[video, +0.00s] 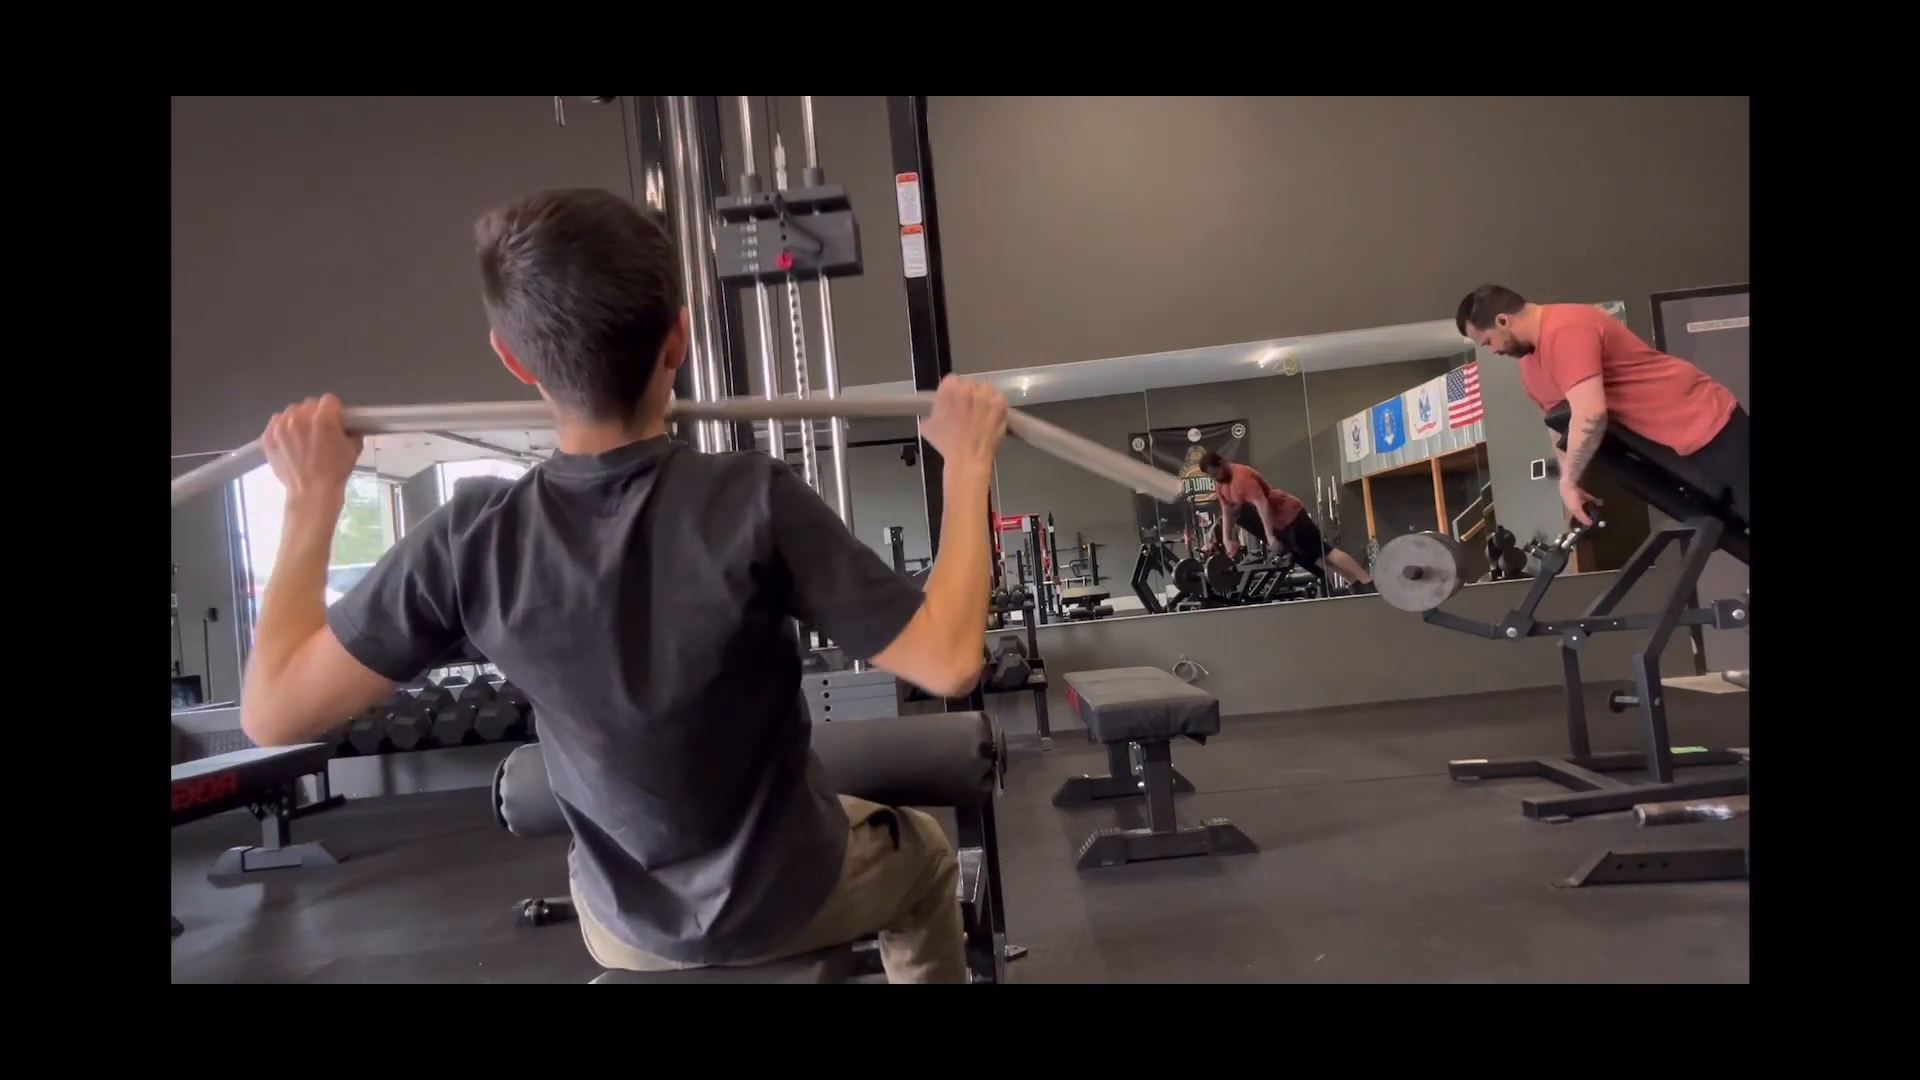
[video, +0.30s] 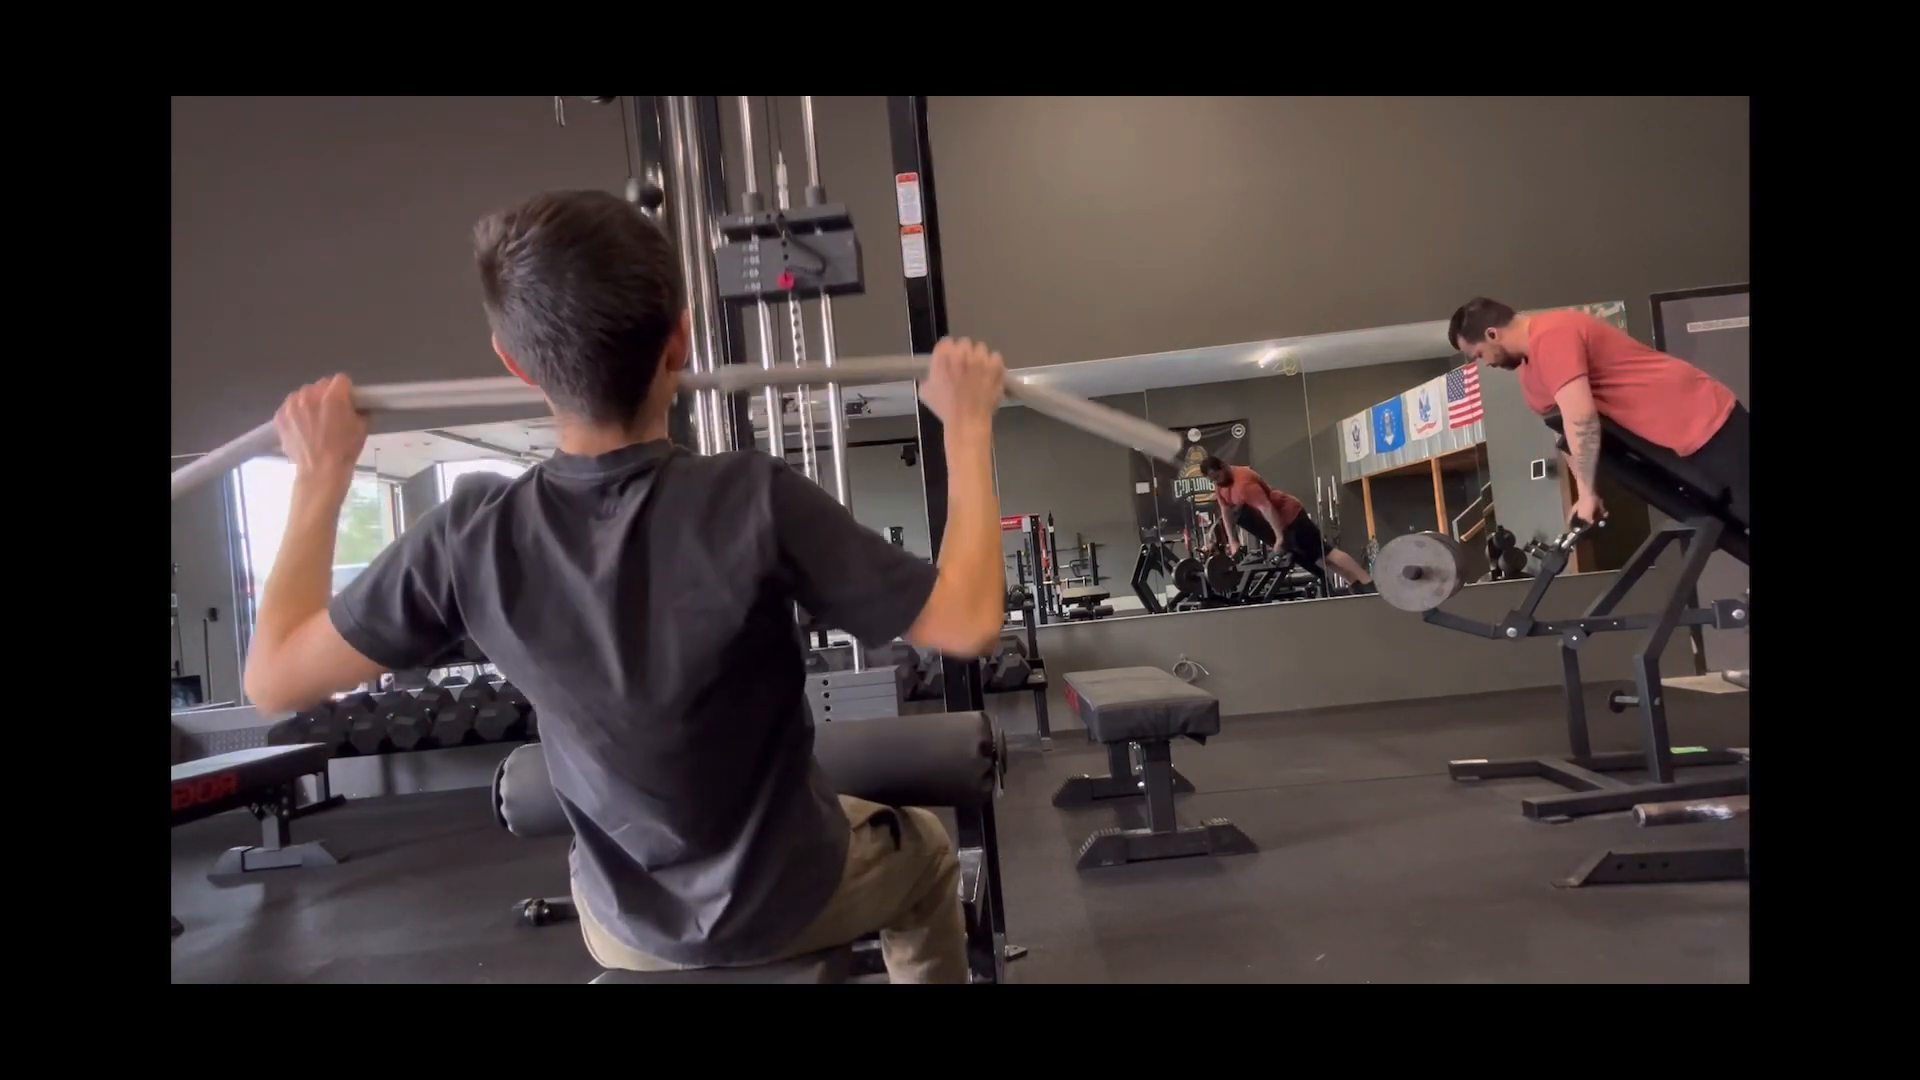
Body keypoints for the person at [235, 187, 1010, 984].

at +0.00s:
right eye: (683, 314)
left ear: (511, 362)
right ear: (680, 337)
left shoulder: (477, 540)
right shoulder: (754, 502)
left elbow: (272, 709)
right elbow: (950, 660)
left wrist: (311, 496)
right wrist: (968, 466)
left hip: (614, 908)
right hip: (784, 895)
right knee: (922, 864)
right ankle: (927, 977)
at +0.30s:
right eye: (686, 315)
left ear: (514, 365)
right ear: (682, 340)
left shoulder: (475, 539)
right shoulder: (756, 503)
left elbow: (274, 680)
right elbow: (967, 620)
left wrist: (320, 477)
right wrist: (968, 430)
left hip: (615, 910)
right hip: (784, 897)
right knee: (924, 861)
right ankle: (928, 977)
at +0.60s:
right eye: (677, 316)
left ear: (506, 363)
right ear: (665, 340)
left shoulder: (473, 503)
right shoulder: (746, 464)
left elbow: (303, 433)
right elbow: (955, 395)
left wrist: (322, 255)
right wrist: (947, 203)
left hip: (616, 915)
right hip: (775, 892)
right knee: (925, 857)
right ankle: (932, 983)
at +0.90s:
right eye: (701, 298)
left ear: (540, 333)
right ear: (694, 321)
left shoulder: (511, 450)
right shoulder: (753, 420)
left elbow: (388, 275)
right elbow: (884, 232)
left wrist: (346, 115)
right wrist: (920, 91)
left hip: (613, 909)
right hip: (774, 894)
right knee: (926, 858)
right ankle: (930, 978)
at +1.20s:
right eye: (740, 296)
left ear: (598, 329)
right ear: (731, 319)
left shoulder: (564, 426)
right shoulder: (779, 403)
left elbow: (453, 243)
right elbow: (874, 216)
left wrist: (387, 94)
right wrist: (916, 87)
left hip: (628, 889)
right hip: (790, 884)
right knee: (929, 860)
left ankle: (641, 969)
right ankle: (930, 976)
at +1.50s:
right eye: (738, 294)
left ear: (592, 323)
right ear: (729, 316)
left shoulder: (552, 446)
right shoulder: (780, 423)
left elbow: (422, 300)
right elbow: (916, 269)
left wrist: (385, 133)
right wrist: (935, 101)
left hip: (630, 889)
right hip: (794, 881)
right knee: (923, 854)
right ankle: (936, 979)